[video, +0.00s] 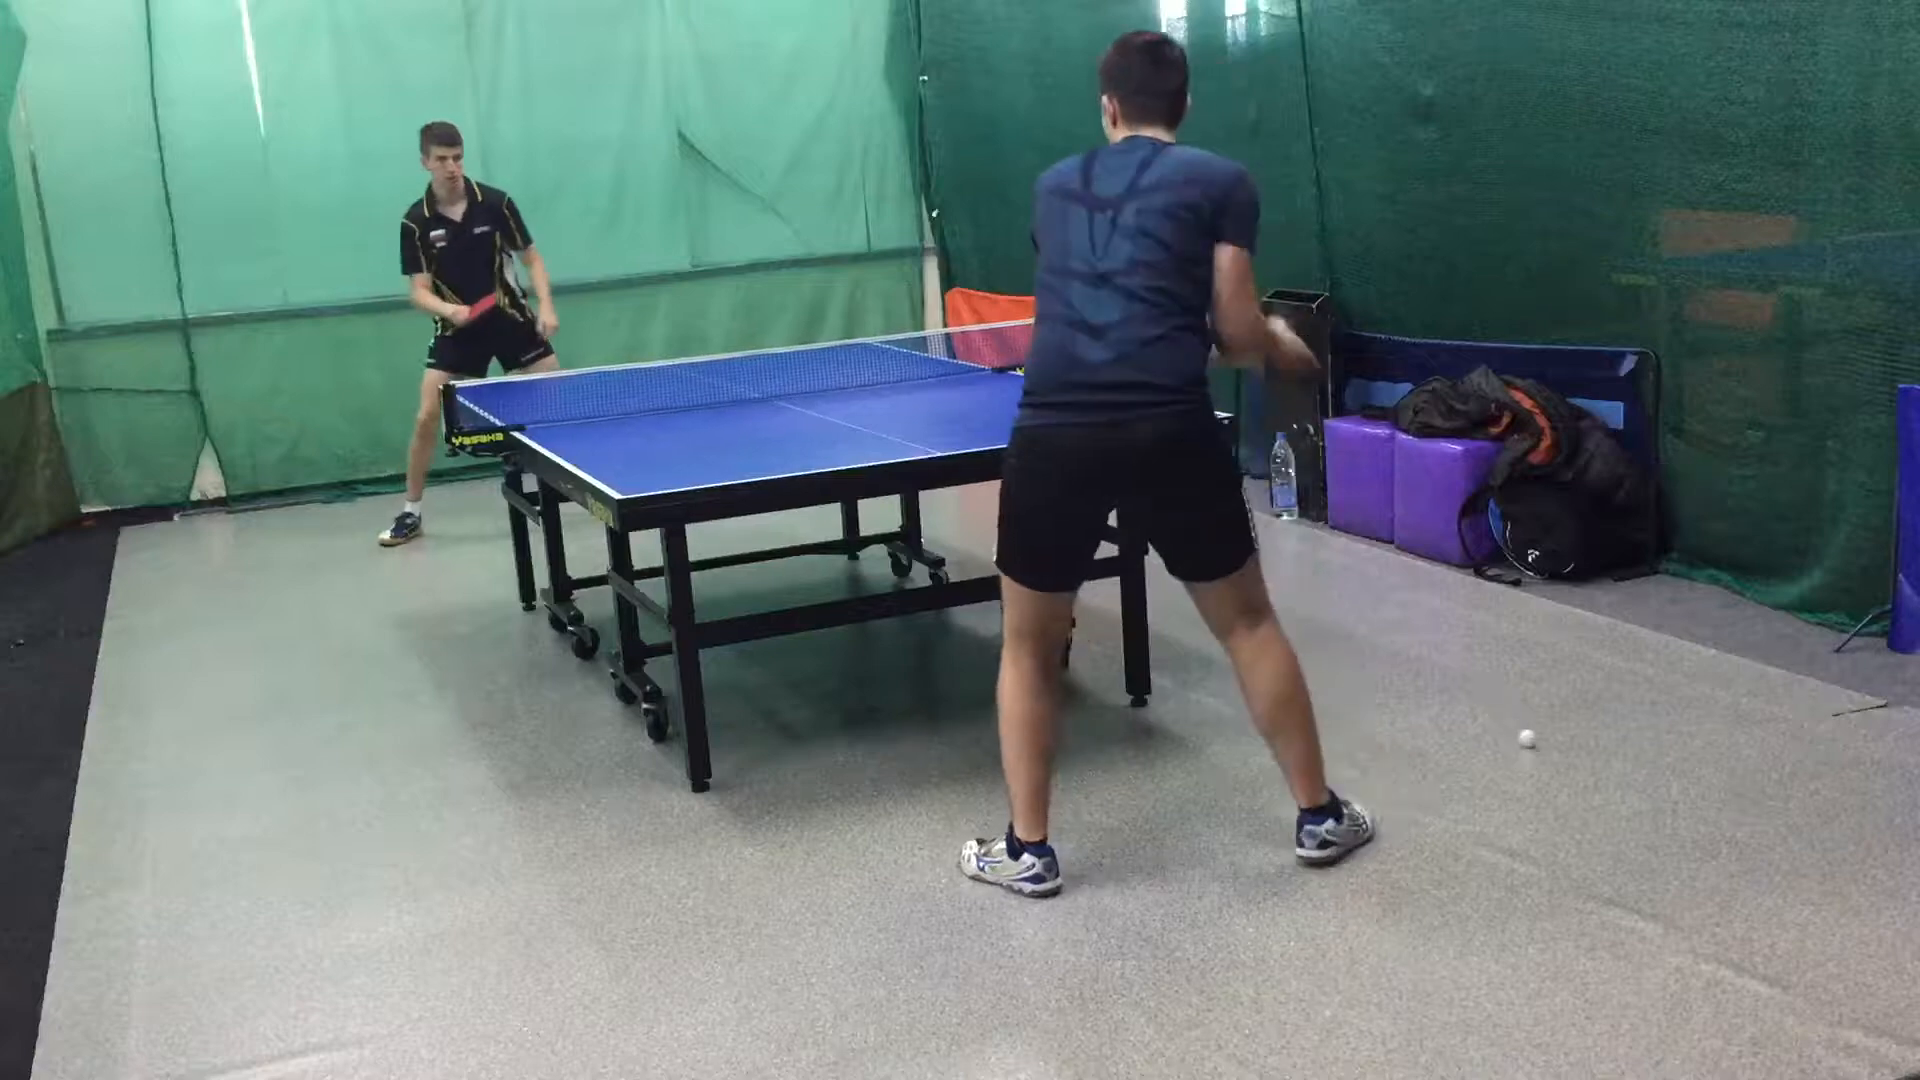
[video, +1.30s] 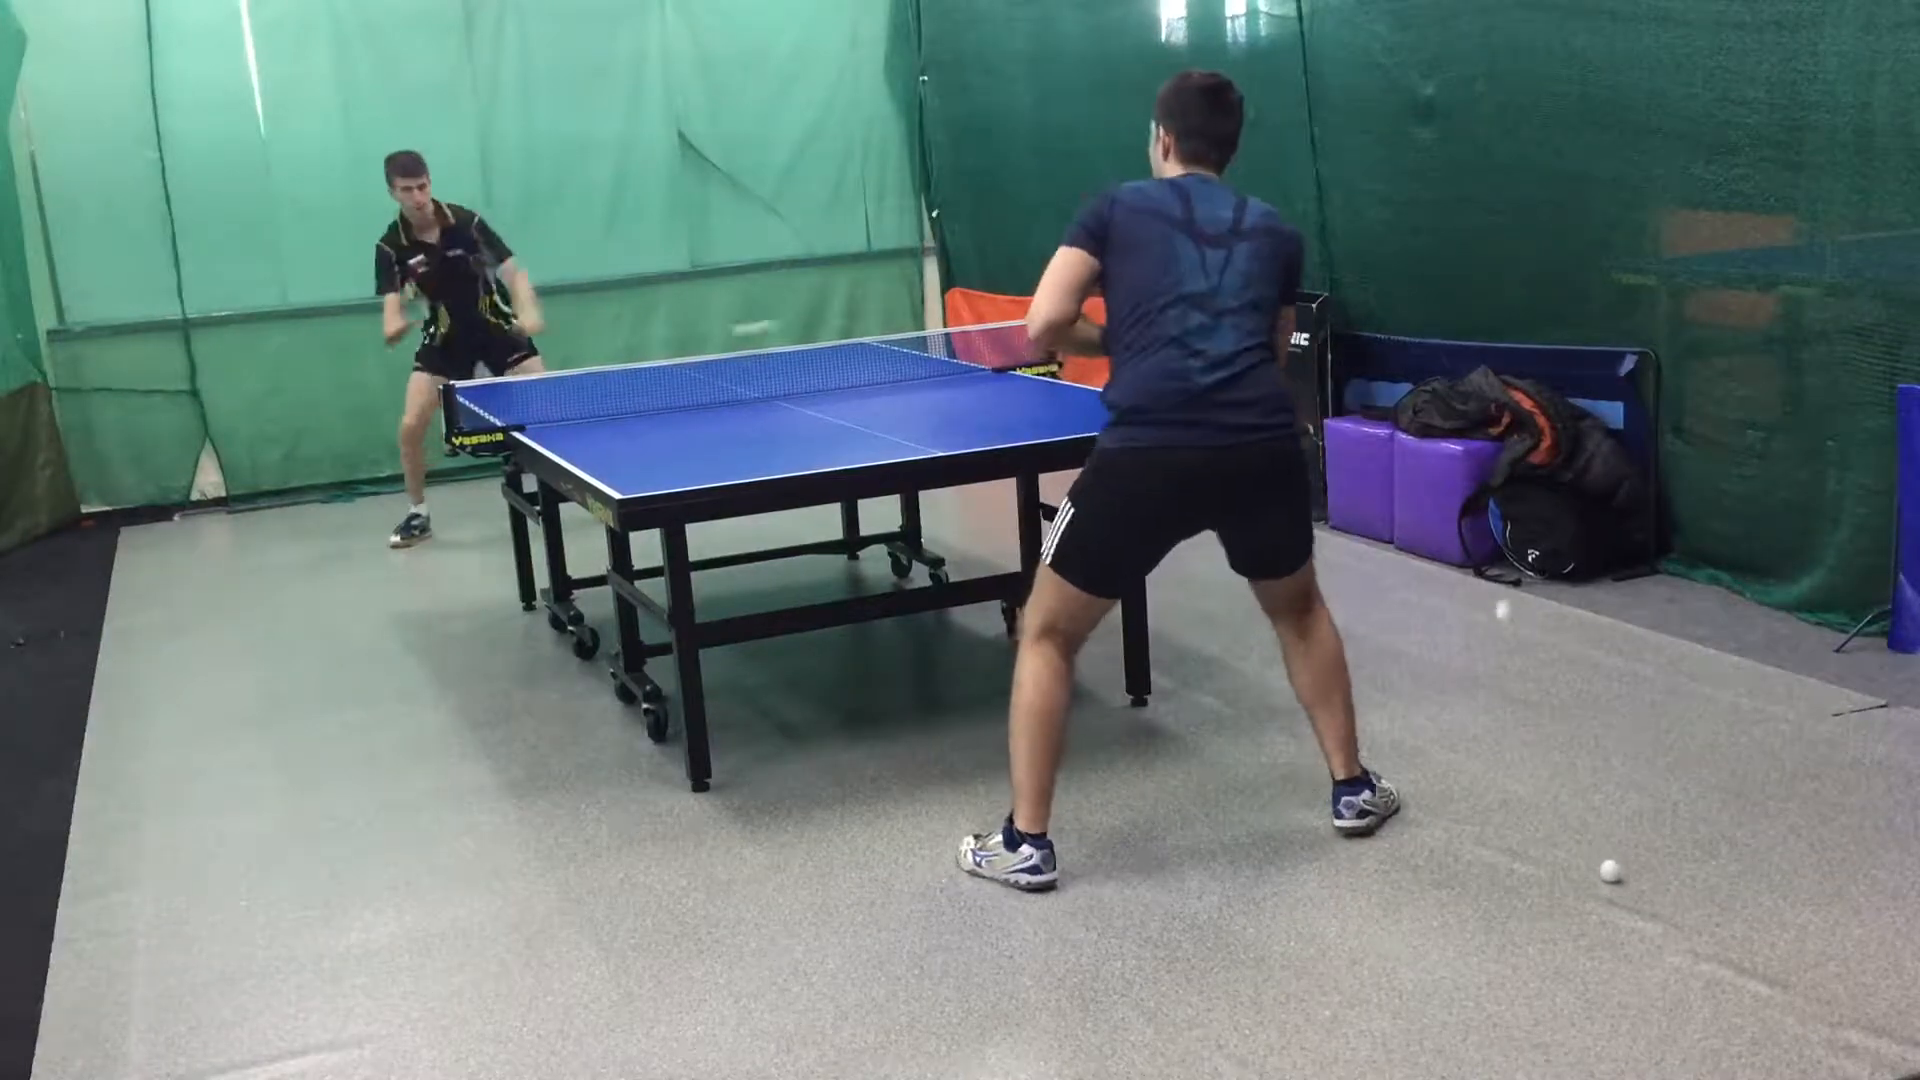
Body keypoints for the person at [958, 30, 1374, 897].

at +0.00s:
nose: (1118, 113)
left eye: (1109, 99)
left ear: (1106, 105)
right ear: (1187, 107)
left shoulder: (1055, 184)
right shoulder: (1220, 181)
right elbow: (1236, 332)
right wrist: (1285, 349)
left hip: (1053, 448)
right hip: (1170, 442)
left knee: (1029, 648)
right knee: (1248, 624)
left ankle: (1029, 848)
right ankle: (1317, 813)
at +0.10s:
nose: (1099, 110)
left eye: (1096, 100)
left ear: (1100, 105)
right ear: (1178, 107)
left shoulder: (1052, 182)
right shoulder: (1225, 188)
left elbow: (1035, 324)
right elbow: (1241, 322)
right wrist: (1185, 299)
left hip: (1059, 451)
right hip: (1177, 446)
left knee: (1030, 645)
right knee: (1250, 628)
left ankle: (1029, 848)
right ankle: (1317, 816)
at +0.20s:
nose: (1080, 110)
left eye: (1081, 97)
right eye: (1088, 98)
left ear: (1089, 105)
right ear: (1166, 107)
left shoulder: (1050, 177)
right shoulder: (1219, 185)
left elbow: (994, 310)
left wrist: (1042, 379)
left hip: (1074, 442)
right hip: (1192, 435)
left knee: (1030, 646)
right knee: (1252, 626)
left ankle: (1028, 848)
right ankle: (1318, 813)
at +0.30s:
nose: (1065, 111)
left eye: (1067, 99)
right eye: (1072, 99)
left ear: (1078, 105)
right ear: (1154, 107)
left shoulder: (1050, 173)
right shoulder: (1206, 186)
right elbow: (1188, 300)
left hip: (1085, 438)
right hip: (1200, 431)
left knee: (1032, 644)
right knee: (1249, 612)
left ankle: (1028, 848)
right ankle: (1323, 791)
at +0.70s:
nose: (1112, 144)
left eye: (1113, 134)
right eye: (1117, 132)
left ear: (1125, 139)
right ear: (1196, 140)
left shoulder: (1094, 207)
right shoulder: (1252, 216)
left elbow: (1034, 326)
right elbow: (1271, 347)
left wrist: (1087, 332)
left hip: (1135, 451)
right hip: (1248, 447)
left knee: (1038, 624)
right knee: (1281, 611)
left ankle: (1026, 826)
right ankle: (1351, 791)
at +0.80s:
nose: (1128, 141)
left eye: (1128, 130)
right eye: (1134, 129)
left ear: (1138, 135)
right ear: (1209, 136)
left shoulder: (1098, 204)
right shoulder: (1263, 215)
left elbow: (1030, 319)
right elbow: (1291, 357)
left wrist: (1096, 331)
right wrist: (1314, 403)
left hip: (1124, 448)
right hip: (1239, 447)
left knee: (1036, 623)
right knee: (1289, 610)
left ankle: (1021, 825)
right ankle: (1351, 792)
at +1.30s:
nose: (1151, 145)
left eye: (1152, 135)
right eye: (1164, 136)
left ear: (1162, 141)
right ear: (1233, 149)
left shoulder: (1117, 208)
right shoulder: (1276, 232)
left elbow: (1046, 324)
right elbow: (1276, 345)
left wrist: (1109, 340)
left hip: (1146, 460)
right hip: (1261, 456)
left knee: (1049, 636)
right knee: (1299, 610)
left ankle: (1027, 839)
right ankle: (1351, 786)